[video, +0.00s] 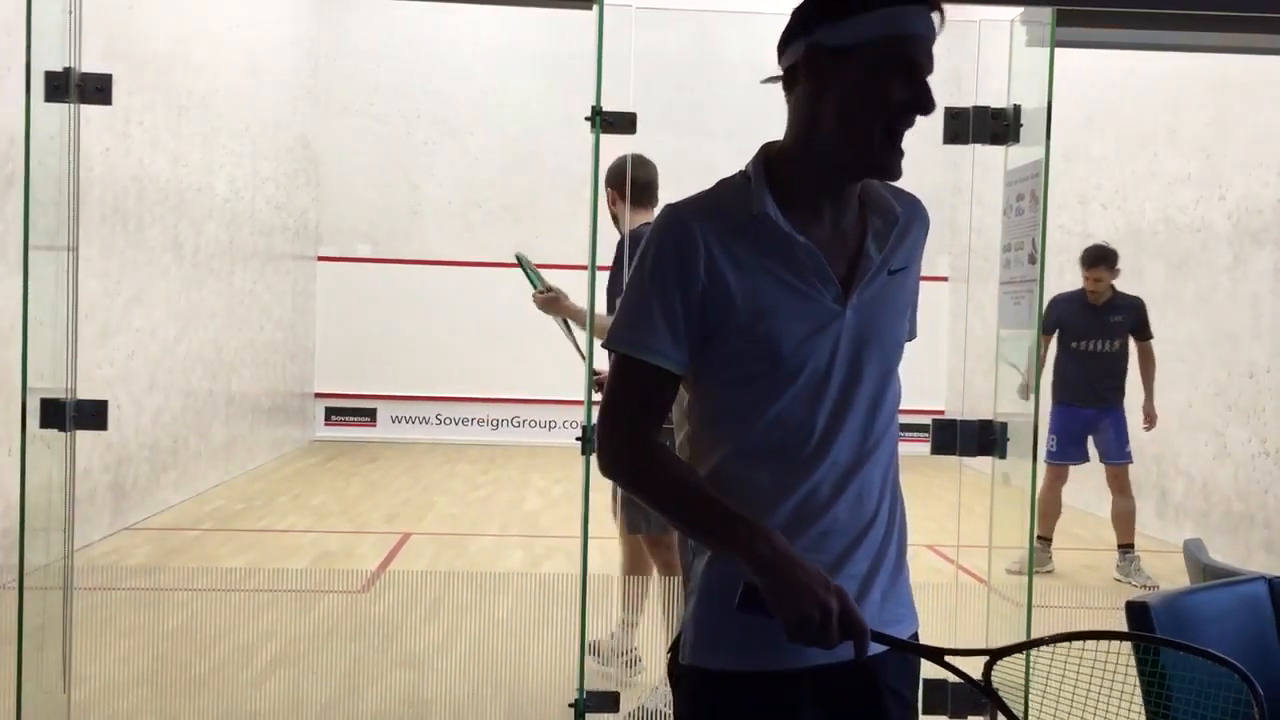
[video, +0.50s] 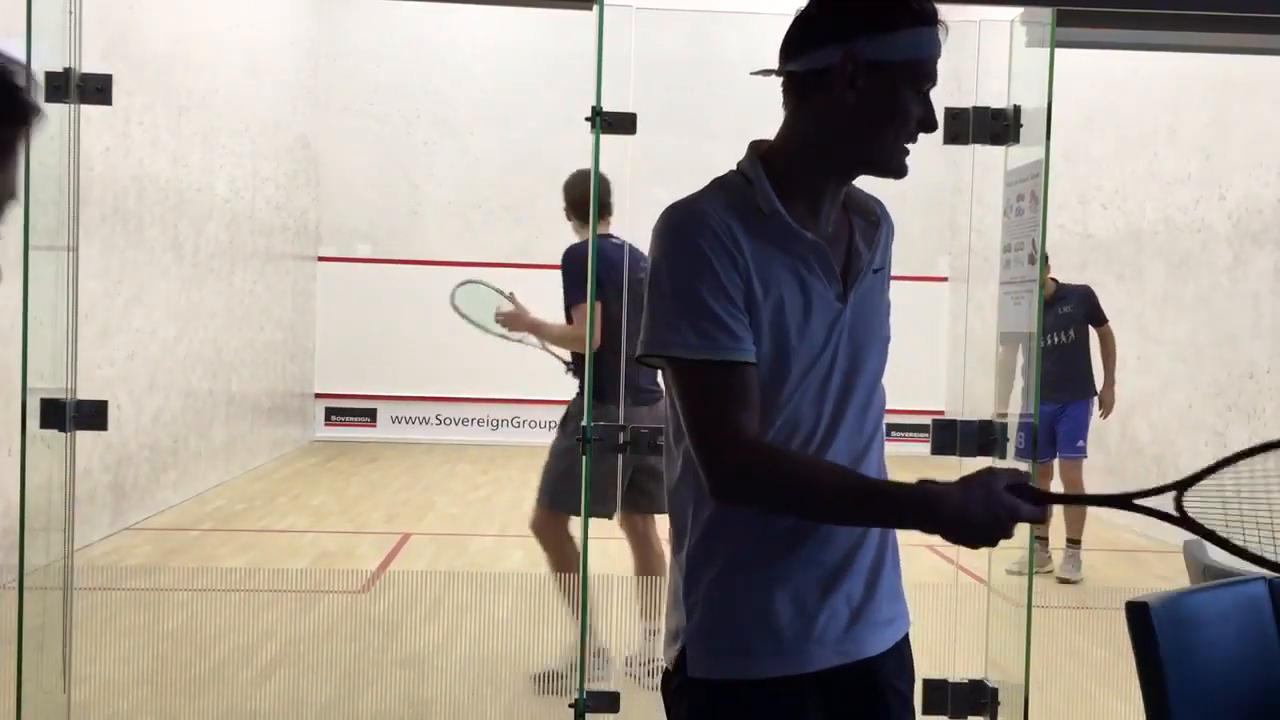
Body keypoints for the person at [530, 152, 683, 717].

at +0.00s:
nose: (601, 201)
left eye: (604, 193)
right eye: (605, 193)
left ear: (612, 194)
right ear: (654, 191)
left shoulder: (636, 245)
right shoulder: (656, 242)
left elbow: (629, 331)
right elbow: (653, 337)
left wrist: (569, 308)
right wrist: (618, 376)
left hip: (654, 413)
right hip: (658, 408)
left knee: (652, 529)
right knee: (646, 529)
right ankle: (629, 637)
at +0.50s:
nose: (567, 217)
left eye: (565, 209)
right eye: (578, 207)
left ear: (568, 210)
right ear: (612, 207)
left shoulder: (581, 255)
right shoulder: (642, 260)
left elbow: (587, 336)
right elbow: (637, 343)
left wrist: (530, 323)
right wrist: (565, 339)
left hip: (599, 414)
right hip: (654, 412)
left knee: (548, 523)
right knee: (641, 524)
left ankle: (590, 650)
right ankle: (656, 650)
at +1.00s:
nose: (468, 212)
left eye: (466, 205)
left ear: (467, 207)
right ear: (510, 204)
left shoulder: (479, 256)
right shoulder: (534, 257)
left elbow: (479, 339)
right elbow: (529, 333)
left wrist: (430, 329)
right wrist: (453, 326)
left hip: (492, 402)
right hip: (534, 402)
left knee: (485, 517)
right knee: (513, 507)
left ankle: (478, 638)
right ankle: (562, 600)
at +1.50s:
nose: (409, 214)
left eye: (407, 207)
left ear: (411, 210)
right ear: (452, 207)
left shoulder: (423, 255)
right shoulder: (470, 260)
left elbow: (425, 330)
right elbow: (485, 337)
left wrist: (372, 332)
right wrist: (422, 330)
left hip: (421, 399)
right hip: (461, 401)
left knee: (422, 508)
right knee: (422, 508)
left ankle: (470, 626)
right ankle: (400, 615)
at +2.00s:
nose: (378, 213)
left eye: (376, 206)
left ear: (379, 208)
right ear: (418, 209)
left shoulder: (382, 248)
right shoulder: (436, 258)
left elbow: (380, 318)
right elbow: (443, 333)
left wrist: (338, 324)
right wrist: (375, 321)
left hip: (382, 394)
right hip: (427, 395)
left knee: (344, 494)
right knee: (408, 494)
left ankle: (349, 616)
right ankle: (402, 613)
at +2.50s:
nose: (323, 212)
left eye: (320, 205)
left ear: (322, 207)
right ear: (362, 206)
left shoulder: (330, 250)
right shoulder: (383, 256)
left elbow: (336, 323)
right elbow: (407, 327)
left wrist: (287, 327)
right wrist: (355, 334)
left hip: (335, 395)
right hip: (378, 397)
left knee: (294, 497)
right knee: (374, 493)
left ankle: (295, 625)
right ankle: (396, 613)